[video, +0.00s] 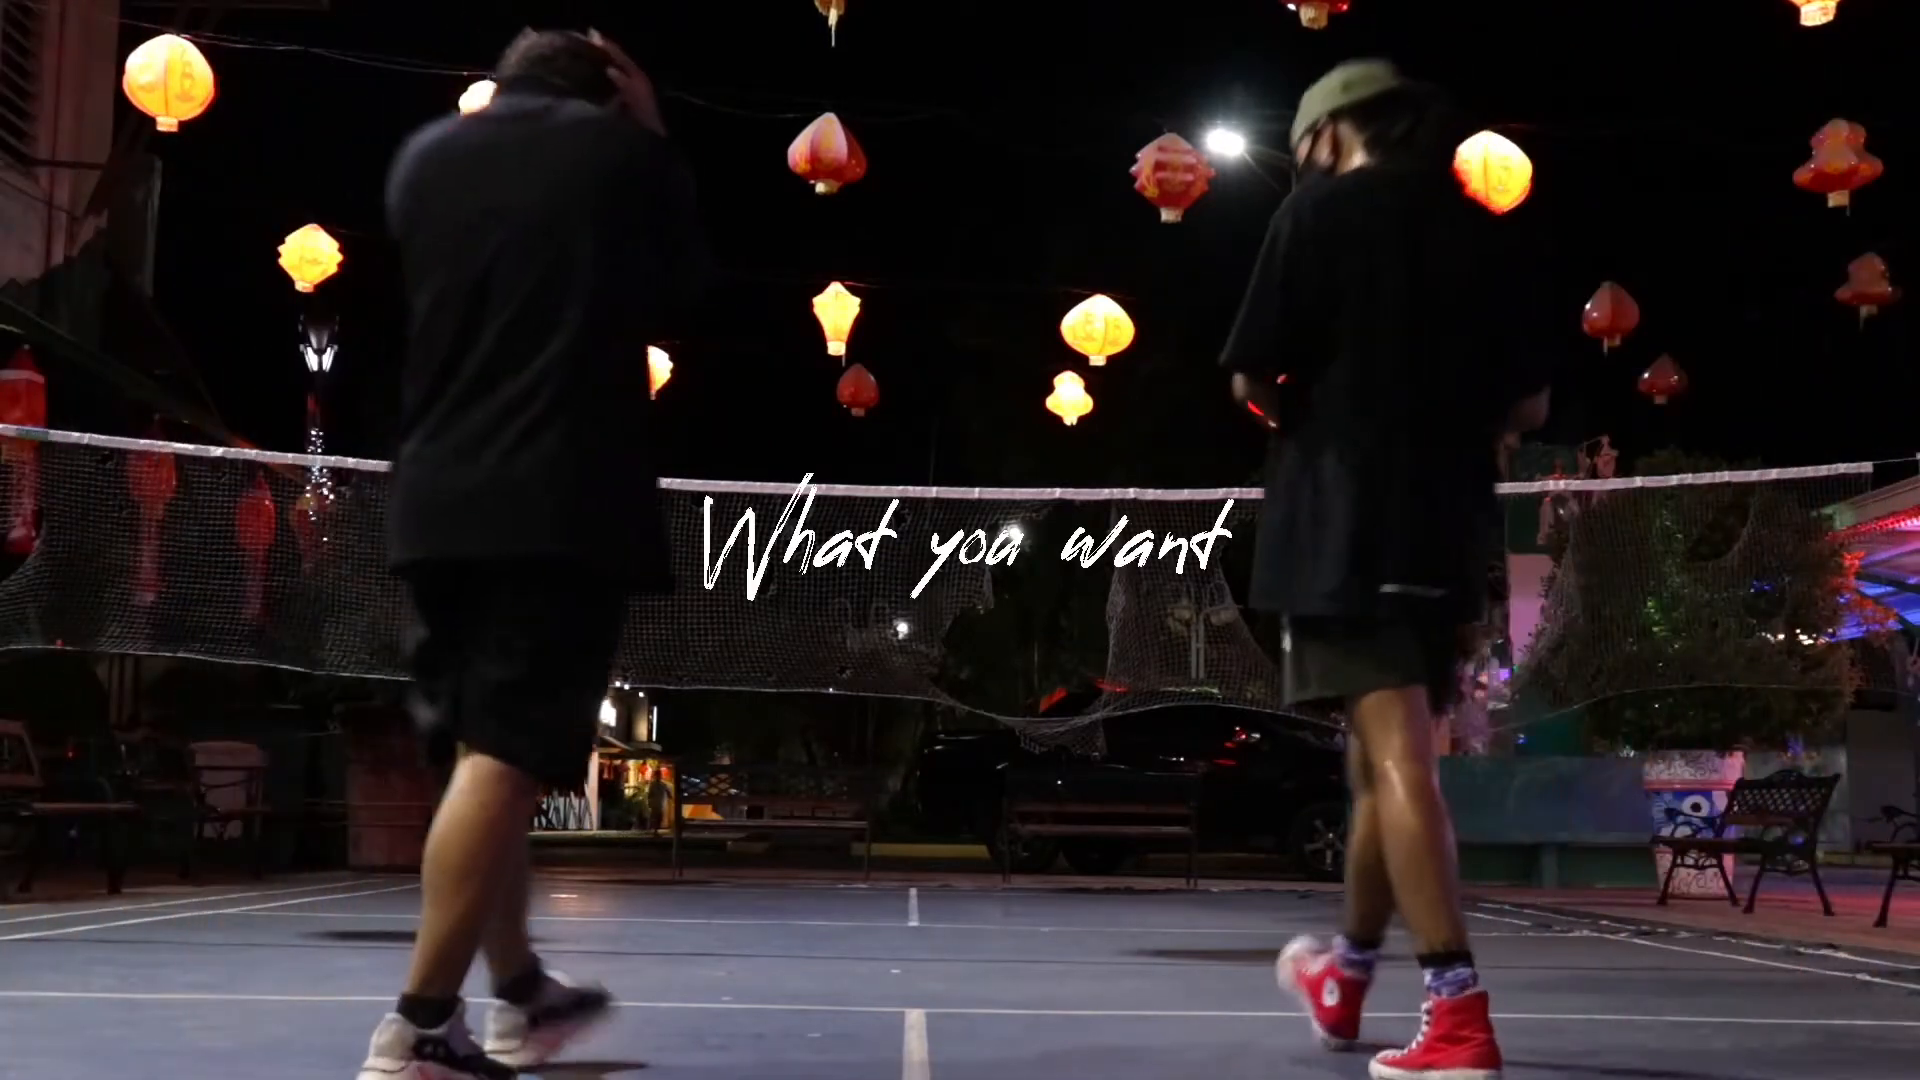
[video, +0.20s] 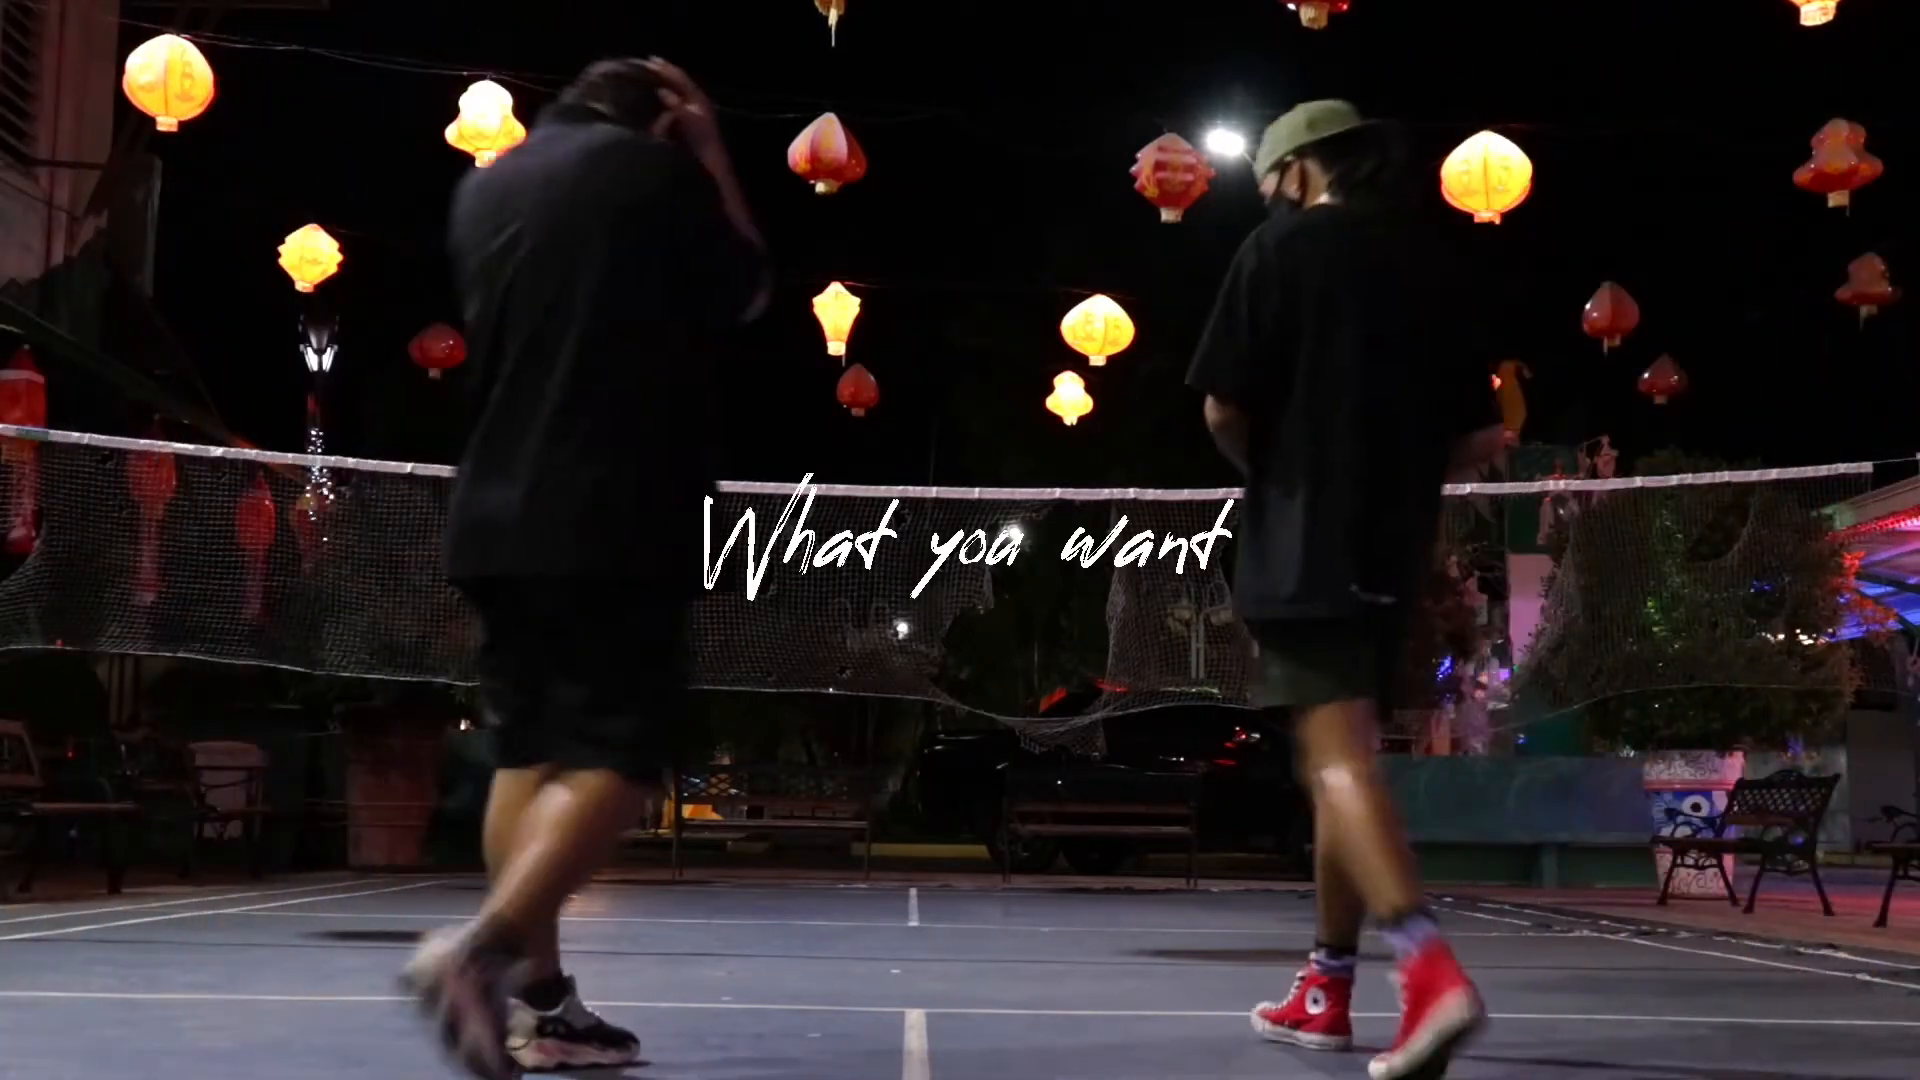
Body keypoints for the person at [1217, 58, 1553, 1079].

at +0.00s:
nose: (1309, 161)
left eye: (1310, 146)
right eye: (1308, 149)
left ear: (1335, 135)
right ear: (1416, 129)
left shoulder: (1316, 212)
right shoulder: (1480, 226)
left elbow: (1252, 366)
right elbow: (1528, 393)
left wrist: (1300, 415)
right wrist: (1465, 429)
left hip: (1344, 511)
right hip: (1448, 514)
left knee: (1402, 761)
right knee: (1386, 757)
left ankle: (1456, 1012)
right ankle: (1343, 979)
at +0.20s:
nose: (1277, 199)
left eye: (1276, 185)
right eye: (1276, 187)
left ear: (1300, 172)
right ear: (1367, 165)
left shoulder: (1277, 248)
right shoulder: (1436, 254)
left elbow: (1222, 406)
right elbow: (1475, 429)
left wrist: (1279, 474)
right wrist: (1396, 465)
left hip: (1305, 521)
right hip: (1400, 524)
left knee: (1341, 754)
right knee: (1341, 756)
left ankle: (1427, 966)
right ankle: (1326, 989)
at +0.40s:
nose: (1240, 203)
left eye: (1242, 190)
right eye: (1239, 191)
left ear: (1267, 180)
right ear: (1330, 177)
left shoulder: (1257, 253)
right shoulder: (1388, 264)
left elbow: (1218, 412)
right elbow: (1420, 420)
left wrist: (1219, 482)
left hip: (1268, 548)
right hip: (1358, 553)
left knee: (1203, 736)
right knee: (1323, 759)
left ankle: (1321, 883)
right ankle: (1327, 1001)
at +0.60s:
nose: (1192, 225)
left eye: (1194, 209)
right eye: (1189, 211)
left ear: (1227, 197)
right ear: (1272, 195)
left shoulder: (1223, 275)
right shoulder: (1332, 281)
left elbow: (1187, 422)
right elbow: (1327, 423)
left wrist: (1177, 486)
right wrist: (1187, 475)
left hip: (1230, 551)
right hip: (1331, 551)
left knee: (1158, 735)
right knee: (1311, 758)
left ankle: (1168, 961)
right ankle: (1325, 987)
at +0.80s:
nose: (1130, 246)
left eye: (1135, 229)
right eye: (1129, 230)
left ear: (1171, 224)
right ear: (1208, 223)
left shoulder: (1164, 309)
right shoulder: (1271, 311)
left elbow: (1137, 455)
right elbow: (1273, 447)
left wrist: (1119, 504)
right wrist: (1132, 497)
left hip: (1178, 578)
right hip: (1273, 572)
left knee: (1139, 768)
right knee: (1285, 773)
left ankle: (1106, 965)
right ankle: (1318, 983)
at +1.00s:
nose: (1062, 254)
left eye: (1068, 240)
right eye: (1063, 240)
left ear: (1101, 239)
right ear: (1144, 238)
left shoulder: (1098, 325)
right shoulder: (1207, 323)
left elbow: (1057, 449)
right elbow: (1227, 448)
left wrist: (1073, 512)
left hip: (1105, 570)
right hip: (1200, 566)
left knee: (1089, 766)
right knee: (1195, 762)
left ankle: (1095, 972)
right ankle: (1278, 907)